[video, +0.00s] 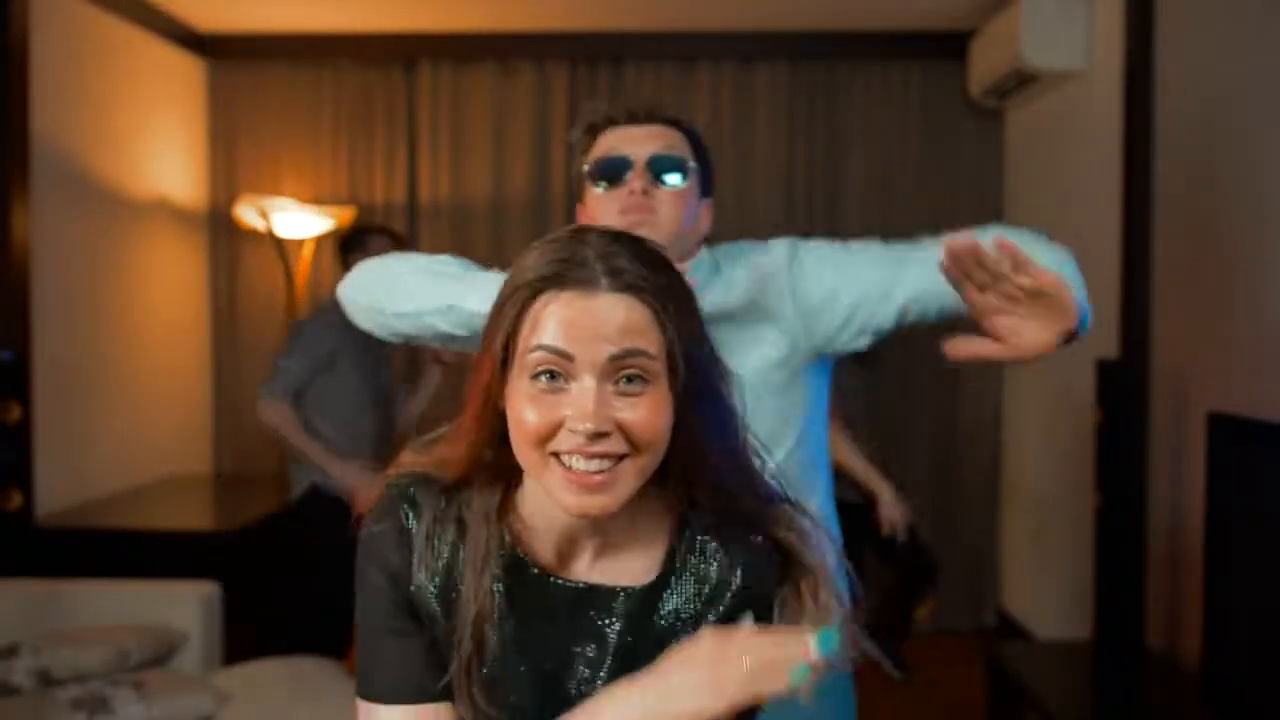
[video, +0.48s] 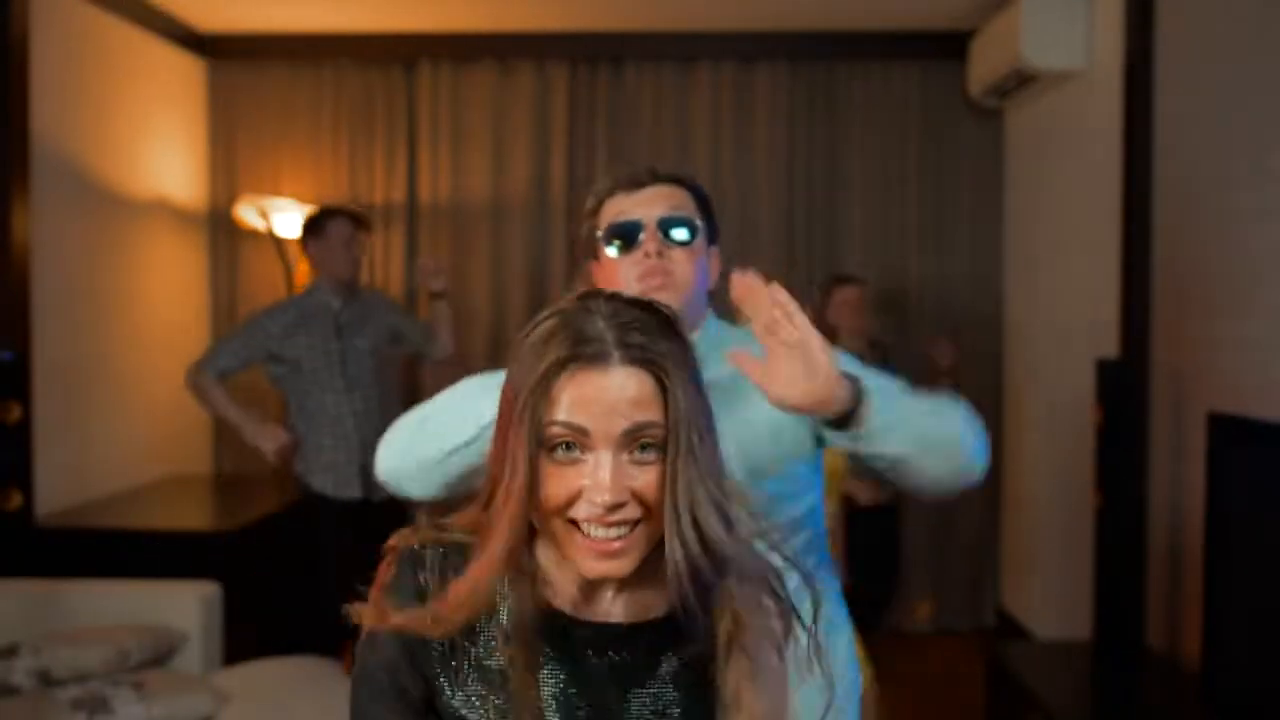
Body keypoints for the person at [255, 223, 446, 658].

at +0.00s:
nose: (384, 276)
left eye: (392, 264)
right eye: (374, 263)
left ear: (401, 268)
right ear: (352, 268)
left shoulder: (384, 334)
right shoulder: (325, 328)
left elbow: (394, 426)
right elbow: (272, 406)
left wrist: (431, 377)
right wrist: (348, 476)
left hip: (364, 503)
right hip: (323, 505)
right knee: (323, 631)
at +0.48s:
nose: (356, 254)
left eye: (358, 244)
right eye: (345, 244)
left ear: (361, 250)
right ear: (313, 250)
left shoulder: (378, 310)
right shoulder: (285, 321)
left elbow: (442, 349)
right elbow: (201, 375)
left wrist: (438, 298)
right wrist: (253, 428)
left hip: (386, 495)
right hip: (320, 498)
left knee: (390, 617)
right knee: (326, 621)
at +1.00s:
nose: (340, 271)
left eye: (339, 260)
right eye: (326, 265)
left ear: (345, 260)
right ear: (299, 277)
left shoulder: (379, 323)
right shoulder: (286, 346)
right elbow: (288, 445)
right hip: (319, 496)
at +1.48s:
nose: (388, 250)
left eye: (388, 240)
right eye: (376, 243)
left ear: (390, 246)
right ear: (348, 254)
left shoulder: (367, 301)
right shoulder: (346, 300)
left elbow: (361, 383)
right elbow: (356, 384)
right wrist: (426, 345)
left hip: (362, 472)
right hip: (338, 472)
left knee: (370, 591)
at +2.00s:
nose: (417, 267)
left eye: (419, 258)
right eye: (408, 256)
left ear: (418, 264)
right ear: (379, 259)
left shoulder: (409, 323)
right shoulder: (343, 308)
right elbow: (272, 361)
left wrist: (414, 444)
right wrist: (323, 438)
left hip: (394, 481)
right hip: (339, 481)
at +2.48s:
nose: (377, 251)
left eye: (378, 241)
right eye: (364, 241)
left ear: (383, 246)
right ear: (333, 251)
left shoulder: (397, 318)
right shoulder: (301, 323)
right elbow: (233, 394)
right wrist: (298, 430)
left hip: (397, 485)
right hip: (333, 491)